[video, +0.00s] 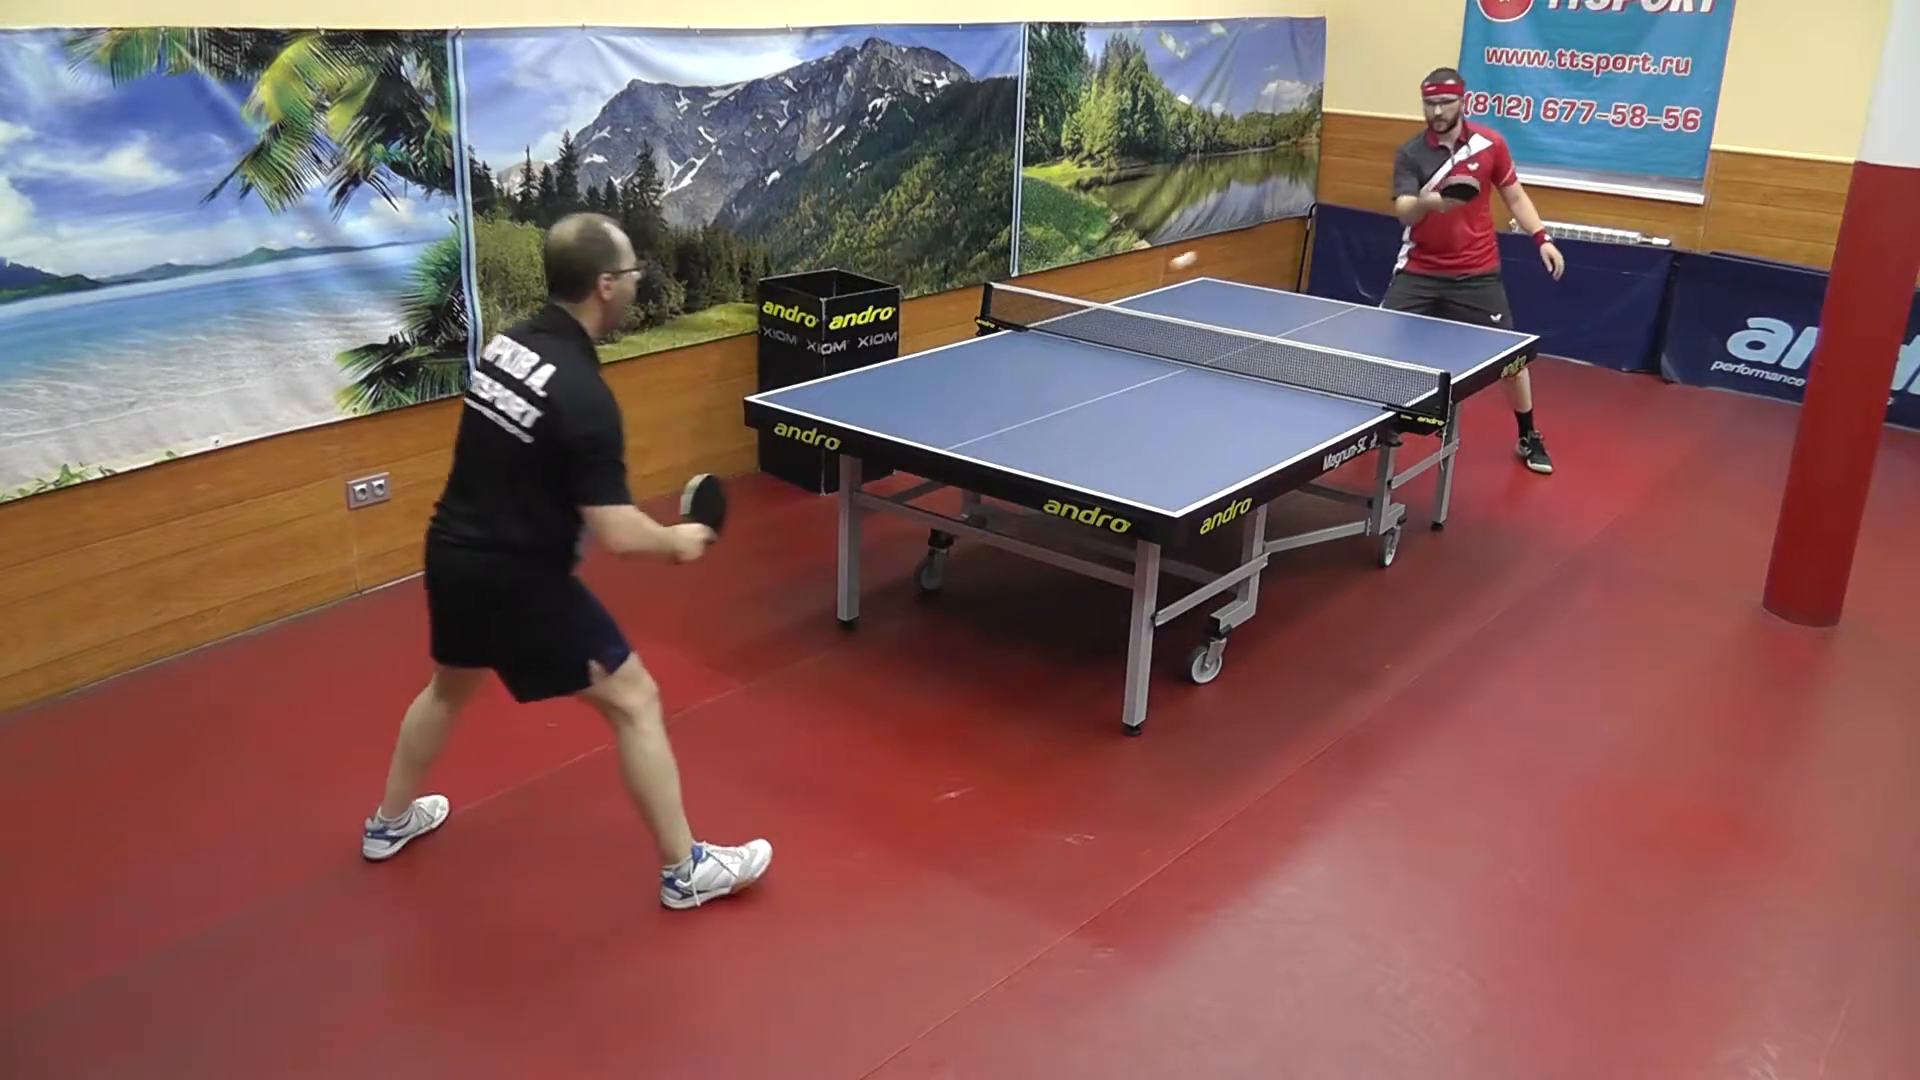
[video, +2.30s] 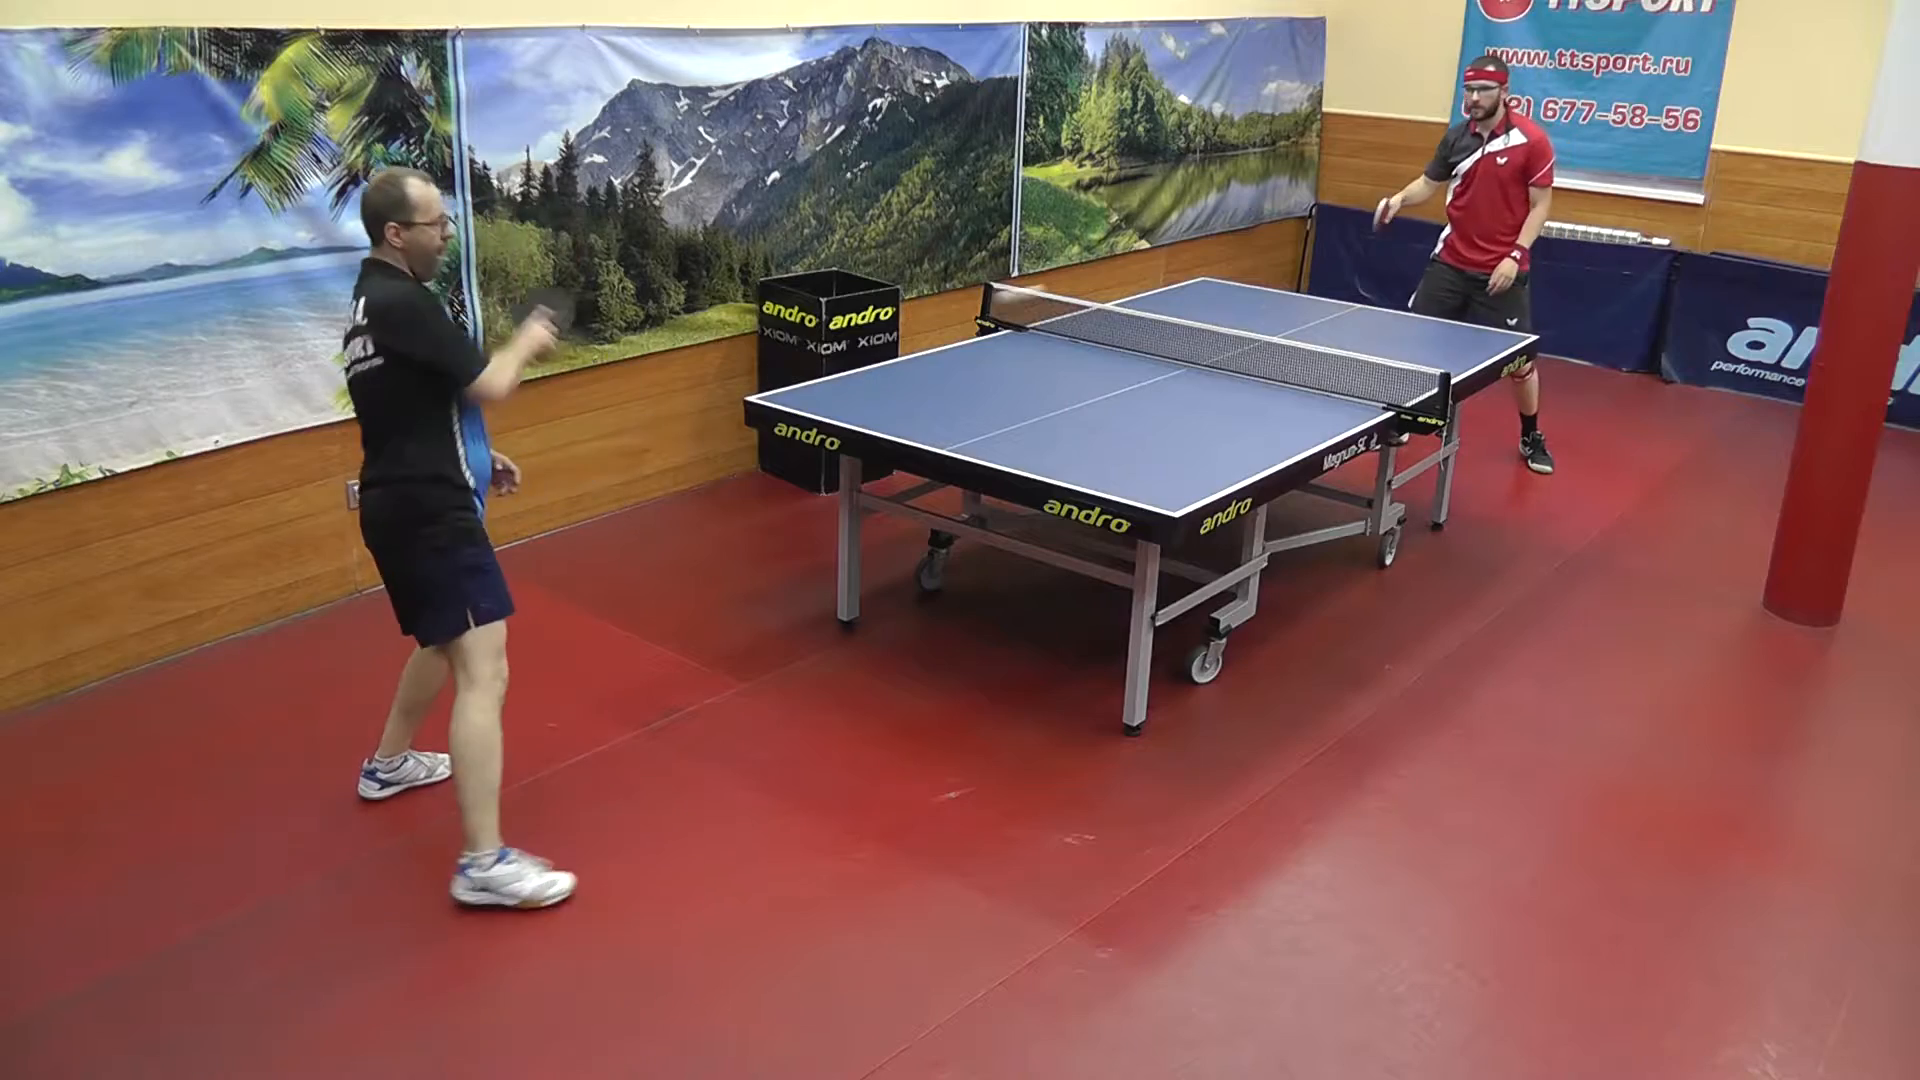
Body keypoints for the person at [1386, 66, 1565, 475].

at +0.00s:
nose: (1438, 113)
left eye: (1446, 104)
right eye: (1431, 104)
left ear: (1463, 102)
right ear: (1422, 105)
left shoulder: (1490, 145)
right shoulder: (1411, 154)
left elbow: (1515, 197)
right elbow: (1403, 213)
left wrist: (1543, 240)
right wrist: (1424, 202)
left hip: (1478, 276)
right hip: (1418, 273)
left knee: (1511, 354)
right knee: (1381, 345)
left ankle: (1529, 437)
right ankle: (1371, 425)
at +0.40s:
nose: (1498, 110)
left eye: (1507, 102)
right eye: (1493, 102)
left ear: (1527, 105)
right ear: (1487, 103)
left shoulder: (1554, 152)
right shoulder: (1474, 150)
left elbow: (1564, 212)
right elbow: (1455, 198)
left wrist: (1555, 269)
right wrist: (1443, 231)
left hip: (1519, 282)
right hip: (1463, 272)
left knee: (1525, 369)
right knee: (1420, 339)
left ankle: (1533, 438)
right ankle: (1421, 410)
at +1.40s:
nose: (1529, 122)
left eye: (1538, 113)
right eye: (1522, 113)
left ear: (1555, 111)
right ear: (1513, 110)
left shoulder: (1569, 147)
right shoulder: (1498, 145)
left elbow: (1574, 201)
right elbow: (1468, 198)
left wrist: (1583, 255)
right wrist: (1490, 236)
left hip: (1534, 268)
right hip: (1477, 262)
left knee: (1543, 360)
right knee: (1436, 342)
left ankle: (1533, 437)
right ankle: (1415, 409)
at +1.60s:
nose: (1547, 108)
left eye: (1557, 100)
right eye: (1541, 99)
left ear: (1573, 101)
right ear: (1532, 95)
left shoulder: (1580, 149)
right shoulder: (1511, 120)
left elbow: (1580, 210)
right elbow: (1480, 116)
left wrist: (1584, 265)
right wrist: (1467, 89)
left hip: (1533, 269)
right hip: (1476, 258)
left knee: (1541, 361)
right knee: (1435, 338)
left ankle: (1532, 437)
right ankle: (1424, 410)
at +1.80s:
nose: (1533, 102)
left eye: (1543, 95)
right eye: (1528, 93)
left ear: (1561, 97)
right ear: (1520, 91)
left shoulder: (1574, 150)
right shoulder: (1498, 122)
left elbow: (1572, 215)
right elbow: (1444, 124)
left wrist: (1564, 268)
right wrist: (1441, 101)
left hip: (1524, 276)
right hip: (1468, 262)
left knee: (1533, 366)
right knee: (1425, 338)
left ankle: (1532, 436)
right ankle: (1411, 409)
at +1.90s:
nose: (1521, 102)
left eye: (1531, 94)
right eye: (1516, 93)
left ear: (1549, 97)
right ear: (1509, 93)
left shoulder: (1565, 150)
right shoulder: (1485, 128)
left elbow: (1566, 214)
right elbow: (1437, 152)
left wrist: (1553, 267)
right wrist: (1424, 142)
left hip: (1518, 277)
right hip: (1463, 264)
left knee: (1528, 366)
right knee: (1419, 339)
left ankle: (1531, 437)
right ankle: (1402, 413)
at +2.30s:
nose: (1473, 99)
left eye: (1483, 91)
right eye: (1469, 90)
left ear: (1504, 93)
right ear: (1463, 93)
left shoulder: (1532, 141)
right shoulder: (1456, 137)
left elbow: (1540, 205)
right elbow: (1428, 184)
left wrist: (1515, 257)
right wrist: (1399, 199)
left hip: (1503, 271)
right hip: (1450, 263)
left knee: (1520, 362)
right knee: (1413, 337)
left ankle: (1531, 437)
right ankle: (1406, 412)